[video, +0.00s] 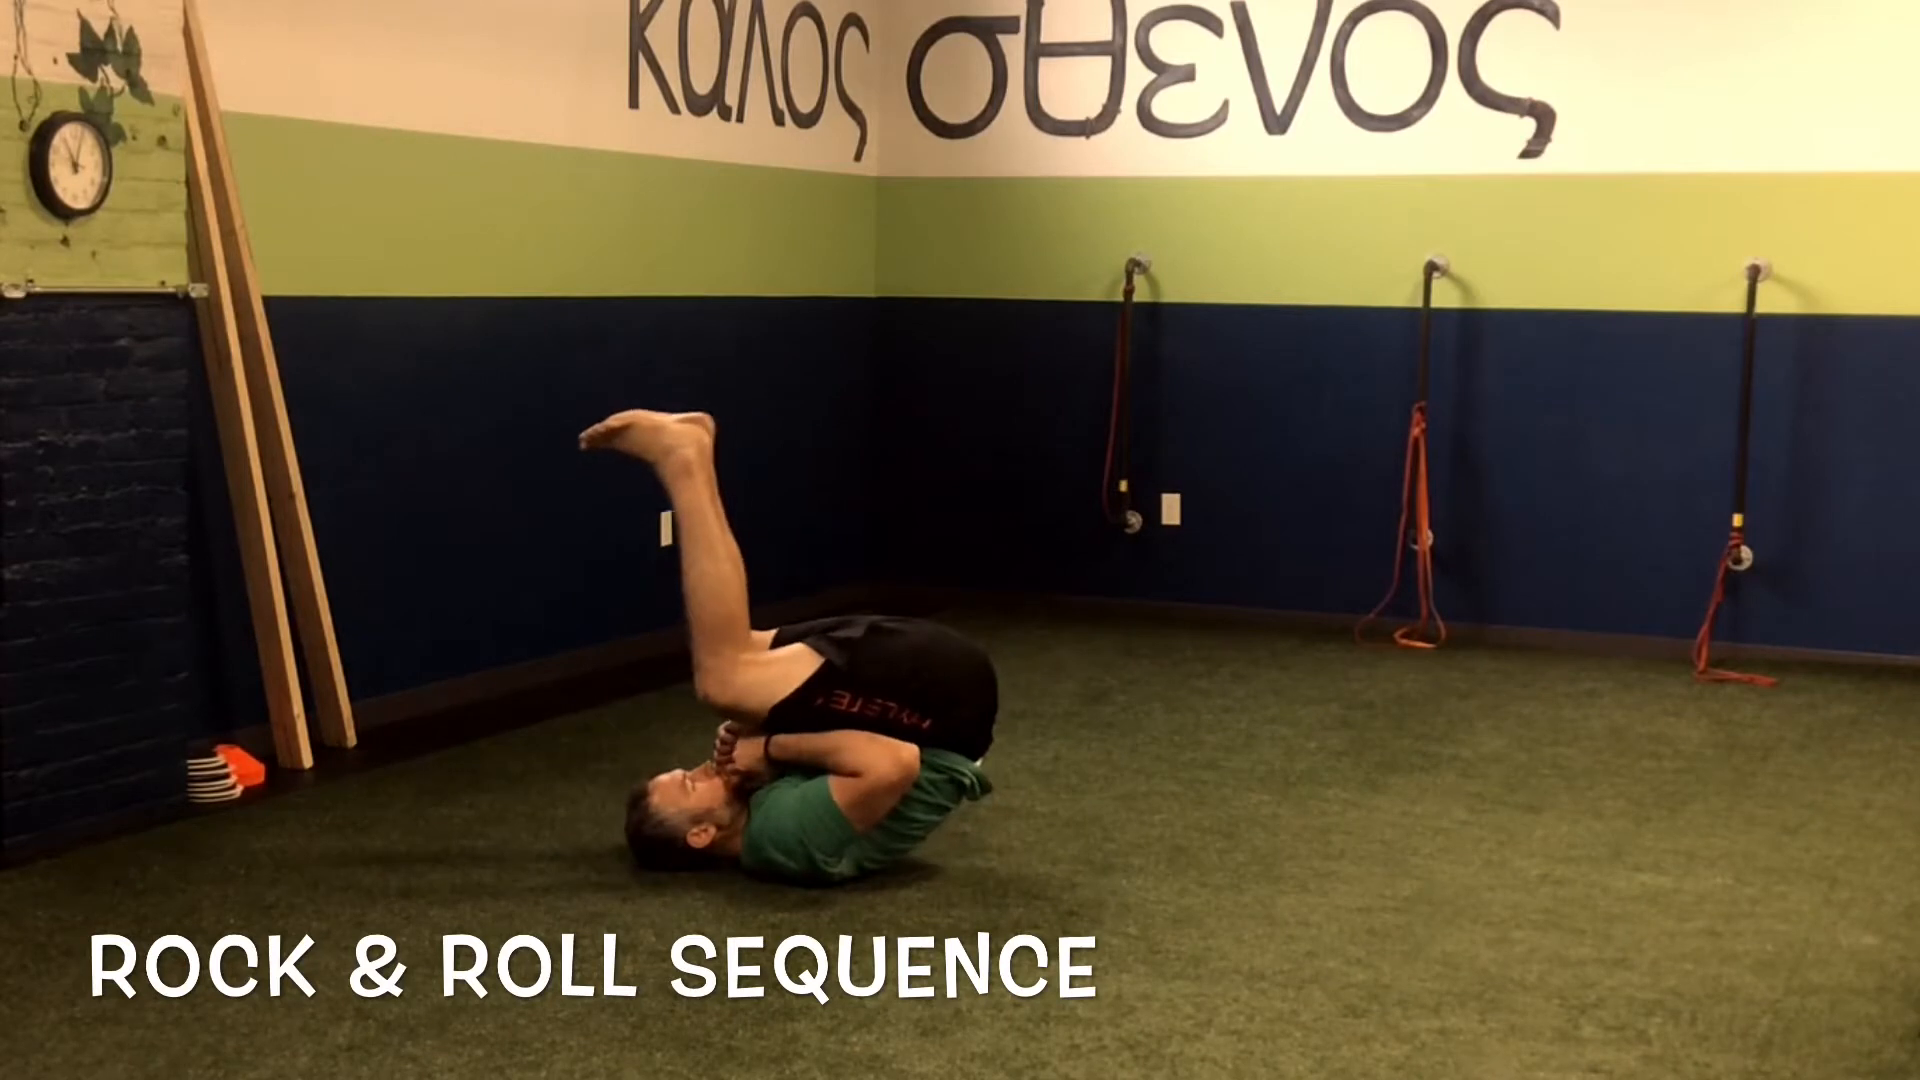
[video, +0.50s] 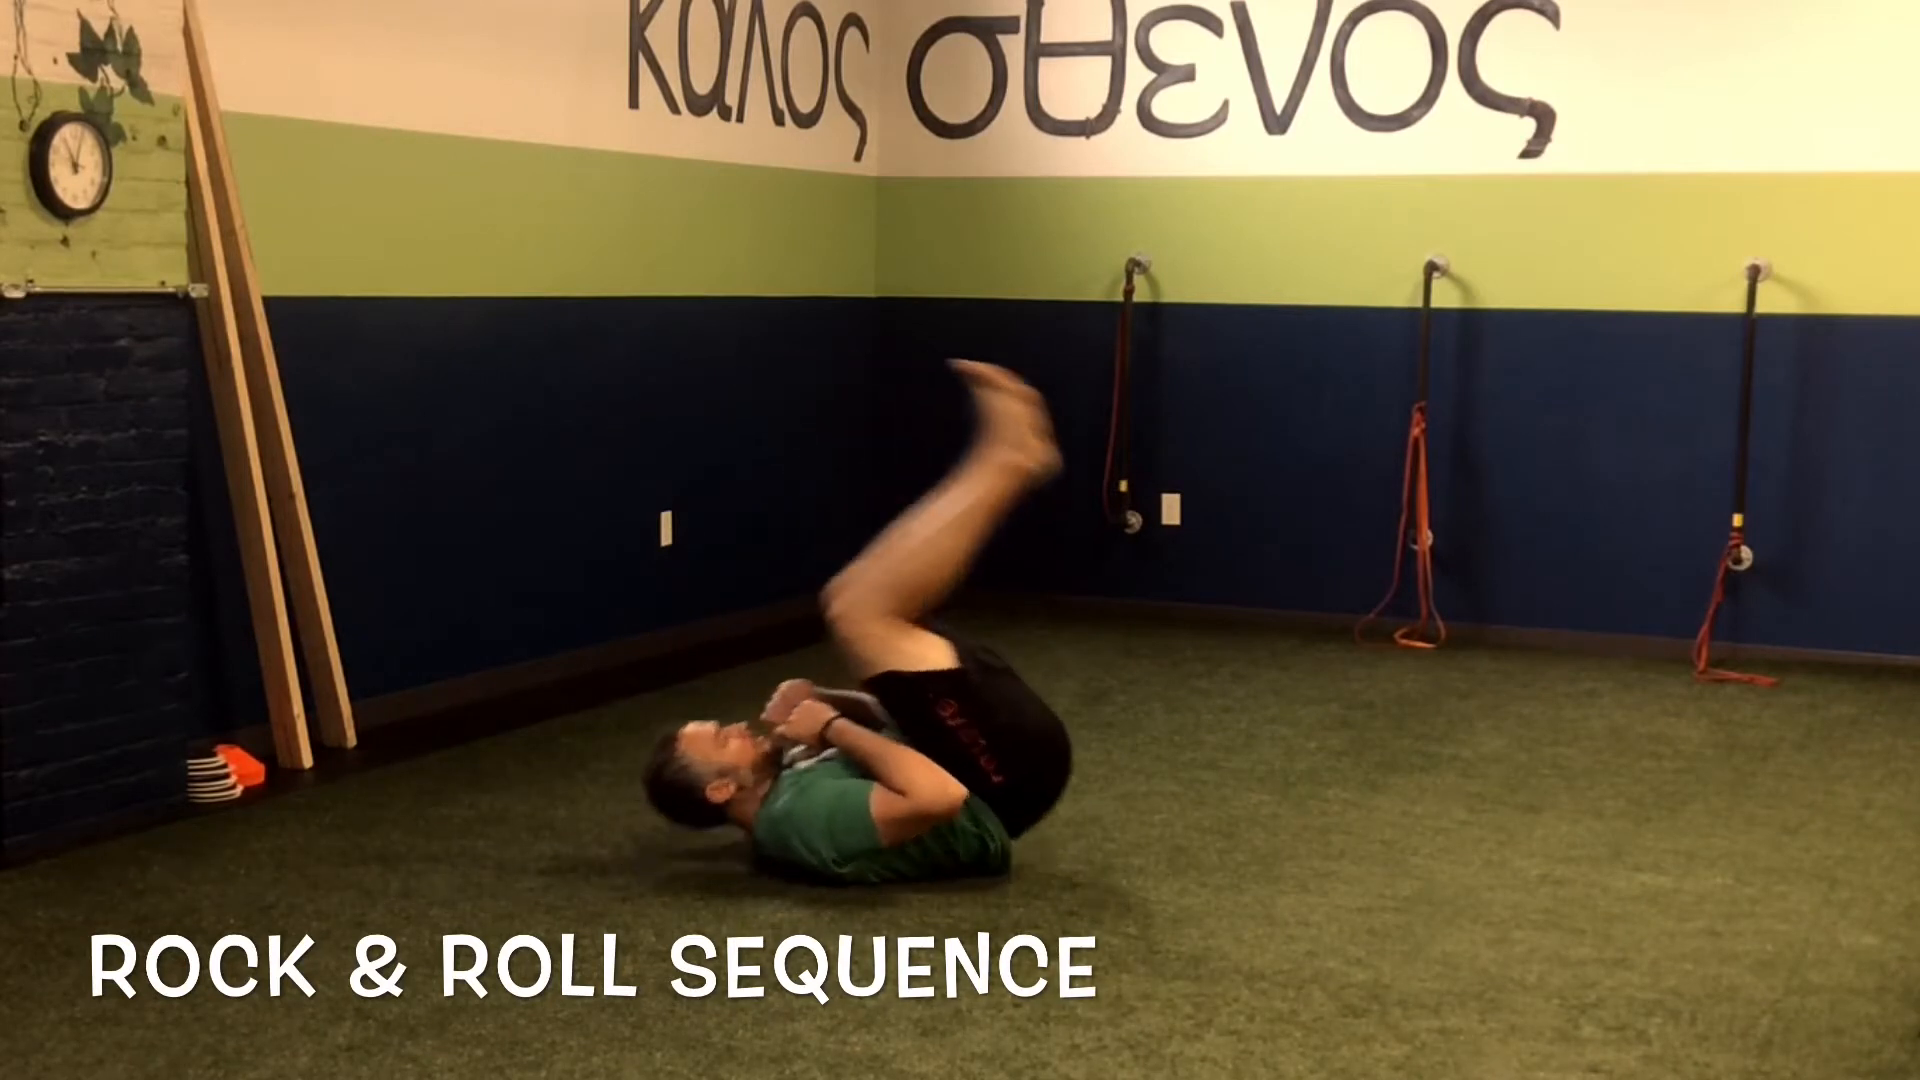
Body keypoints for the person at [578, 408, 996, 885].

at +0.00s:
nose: (699, 767)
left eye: (682, 773)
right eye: (685, 783)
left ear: (706, 829)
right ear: (703, 830)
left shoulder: (761, 813)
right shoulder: (780, 837)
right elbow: (896, 765)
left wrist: (749, 740)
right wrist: (770, 751)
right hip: (953, 692)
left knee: (744, 647)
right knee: (722, 674)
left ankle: (691, 459)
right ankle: (684, 455)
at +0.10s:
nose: (705, 766)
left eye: (687, 770)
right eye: (691, 783)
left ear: (707, 831)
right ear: (704, 832)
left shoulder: (758, 816)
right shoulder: (780, 834)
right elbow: (901, 771)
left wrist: (753, 759)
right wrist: (775, 746)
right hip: (959, 698)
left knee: (752, 645)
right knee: (732, 671)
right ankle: (714, 448)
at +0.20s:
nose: (701, 766)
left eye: (686, 770)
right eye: (689, 782)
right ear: (703, 831)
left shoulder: (758, 812)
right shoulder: (785, 832)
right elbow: (907, 774)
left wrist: (769, 749)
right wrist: (782, 743)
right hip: (971, 710)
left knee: (771, 638)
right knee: (747, 659)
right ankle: (767, 436)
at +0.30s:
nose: (706, 758)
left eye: (688, 761)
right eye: (692, 774)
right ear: (706, 822)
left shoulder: (766, 812)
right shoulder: (787, 832)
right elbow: (913, 782)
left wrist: (779, 739)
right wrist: (793, 741)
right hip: (983, 729)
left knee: (797, 633)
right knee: (772, 641)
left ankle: (836, 432)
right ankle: (835, 432)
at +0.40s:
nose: (718, 745)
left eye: (700, 746)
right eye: (701, 759)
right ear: (710, 809)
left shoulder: (778, 804)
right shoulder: (790, 829)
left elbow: (871, 719)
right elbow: (922, 791)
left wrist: (793, 712)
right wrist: (808, 735)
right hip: (999, 750)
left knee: (804, 616)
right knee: (807, 626)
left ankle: (916, 435)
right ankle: (916, 435)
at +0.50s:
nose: (740, 725)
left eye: (722, 726)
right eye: (722, 737)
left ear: (726, 785)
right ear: (723, 786)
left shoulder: (788, 788)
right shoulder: (793, 818)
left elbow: (882, 719)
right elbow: (938, 797)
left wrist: (819, 699)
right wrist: (830, 726)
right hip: (1010, 775)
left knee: (852, 597)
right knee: (856, 607)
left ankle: (1006, 454)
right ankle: (1011, 454)